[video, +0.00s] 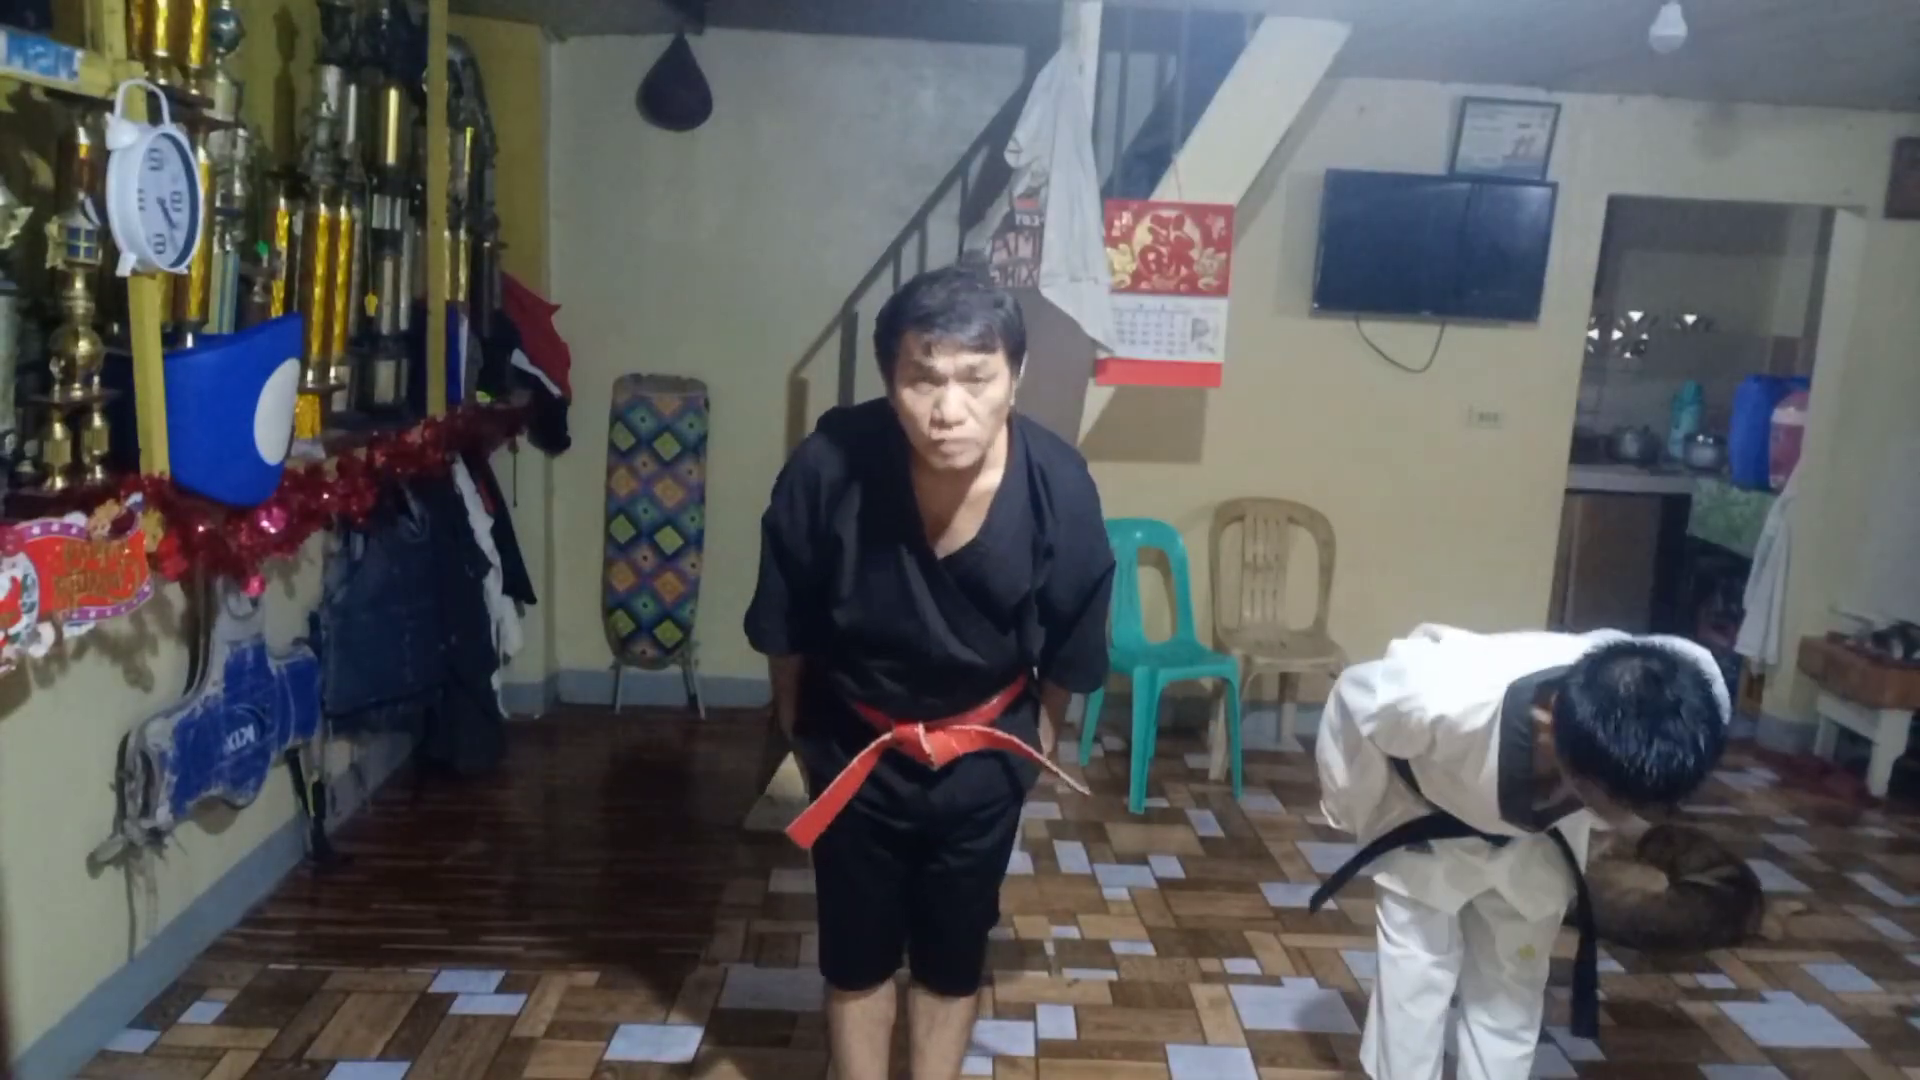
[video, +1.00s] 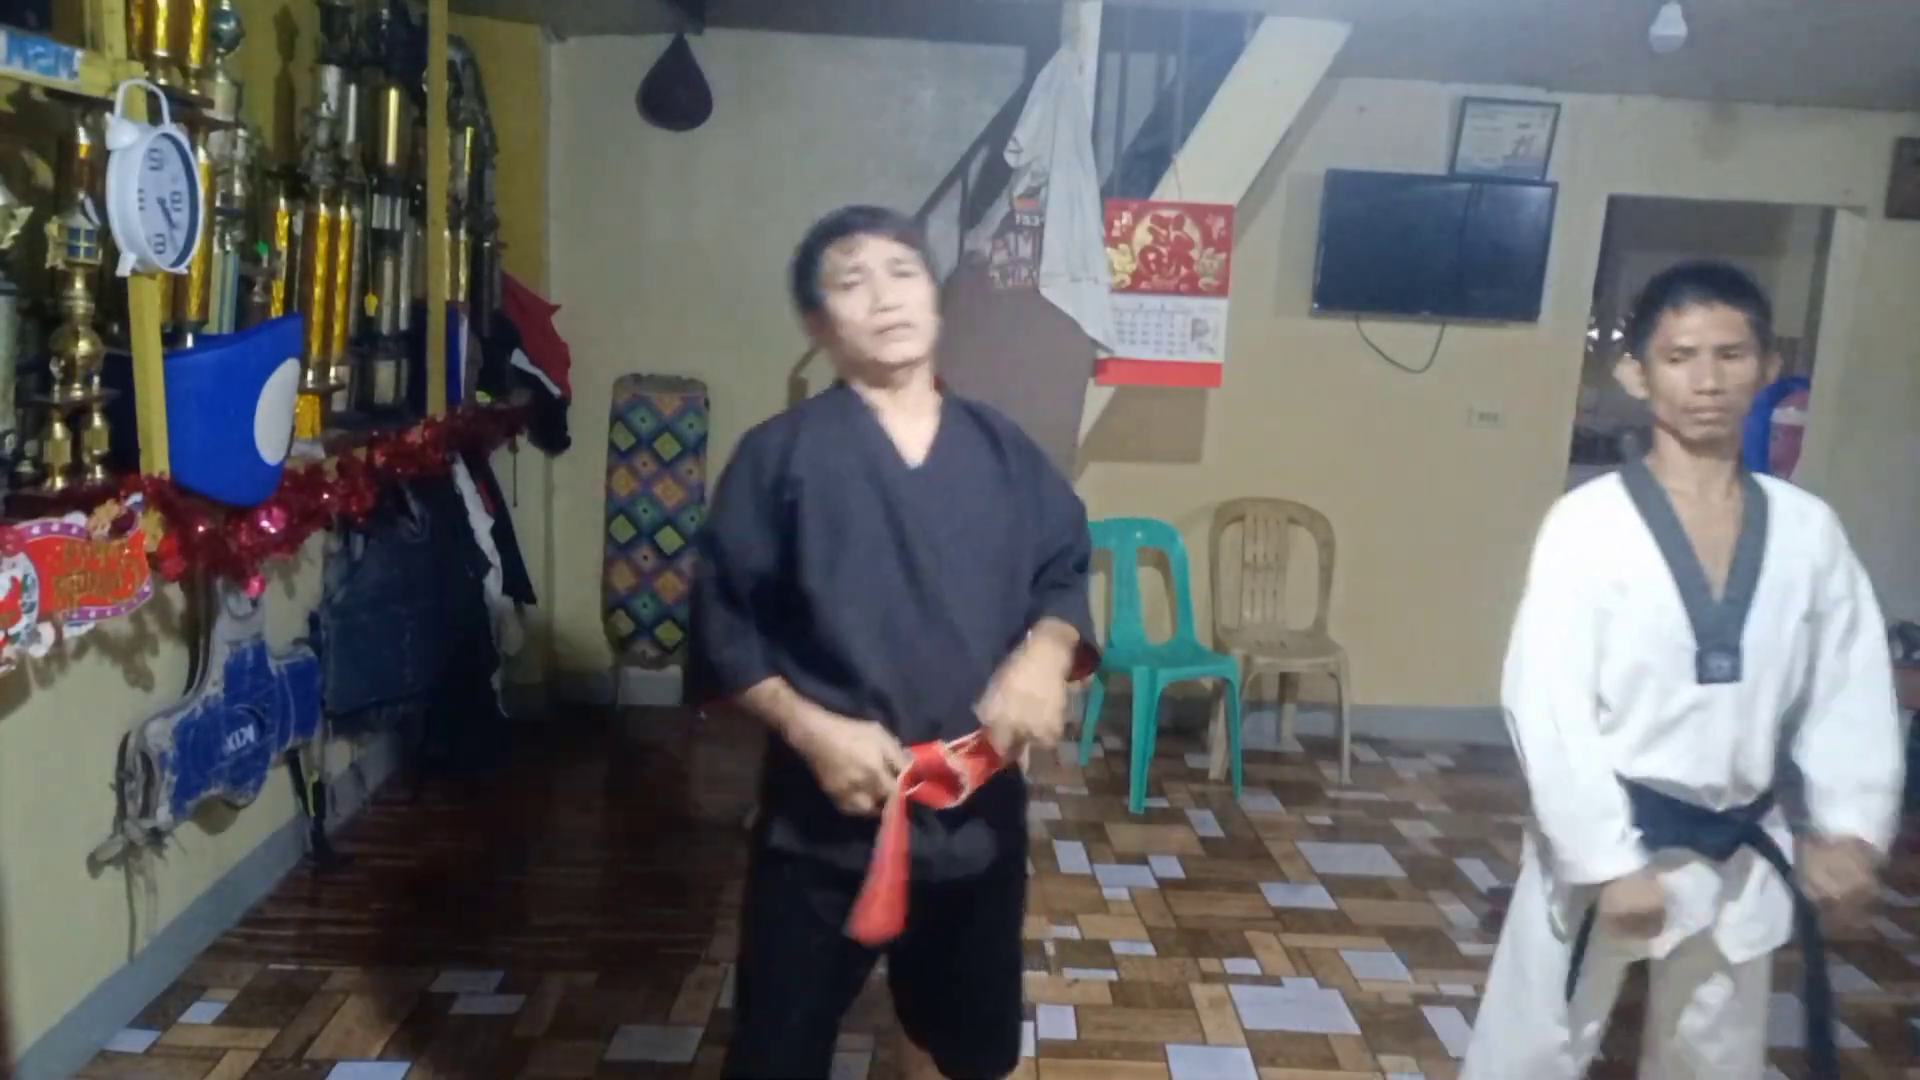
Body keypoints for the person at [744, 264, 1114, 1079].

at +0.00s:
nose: (949, 407)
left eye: (975, 379)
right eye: (925, 381)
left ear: (1014, 379)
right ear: (889, 381)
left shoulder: (1057, 482)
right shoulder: (833, 461)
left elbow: (1074, 635)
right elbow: (784, 608)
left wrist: (1048, 738)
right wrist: (791, 724)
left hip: (987, 733)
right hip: (853, 729)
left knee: (951, 966)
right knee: (858, 967)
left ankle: (933, 1077)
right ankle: (860, 1076)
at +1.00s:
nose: (887, 295)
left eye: (904, 272)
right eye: (852, 280)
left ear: (936, 298)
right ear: (816, 327)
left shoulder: (1009, 452)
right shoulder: (778, 456)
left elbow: (1067, 574)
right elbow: (719, 628)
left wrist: (1044, 658)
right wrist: (809, 727)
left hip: (975, 822)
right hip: (822, 823)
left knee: (969, 1055)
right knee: (776, 1060)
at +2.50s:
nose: (907, 313)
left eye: (934, 282)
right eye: (876, 284)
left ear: (976, 296)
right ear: (824, 303)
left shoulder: (1005, 463)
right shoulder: (752, 464)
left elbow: (1048, 622)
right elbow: (677, 699)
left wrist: (1040, 694)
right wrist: (679, 919)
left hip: (961, 915)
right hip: (790, 918)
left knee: (962, 1067)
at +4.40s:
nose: (897, 309)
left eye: (920, 276)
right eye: (862, 284)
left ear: (961, 292)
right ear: (815, 314)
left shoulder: (1008, 466)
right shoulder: (753, 464)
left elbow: (1040, 655)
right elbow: (687, 691)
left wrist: (1020, 810)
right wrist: (806, 851)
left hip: (959, 930)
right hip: (789, 934)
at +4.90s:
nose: (899, 320)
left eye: (924, 285)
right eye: (865, 293)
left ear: (964, 294)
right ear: (819, 314)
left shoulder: (1013, 466)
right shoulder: (752, 465)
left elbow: (1067, 622)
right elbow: (683, 687)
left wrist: (1045, 734)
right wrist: (786, 850)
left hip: (960, 925)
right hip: (784, 926)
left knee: (958, 1073)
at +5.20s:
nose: (888, 324)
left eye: (914, 290)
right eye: (856, 296)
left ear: (957, 300)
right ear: (813, 315)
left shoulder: (1009, 467)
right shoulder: (740, 467)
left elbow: (1063, 687)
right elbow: (671, 693)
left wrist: (1011, 615)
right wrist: (773, 856)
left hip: (949, 893)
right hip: (771, 893)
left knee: (951, 1070)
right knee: (760, 1074)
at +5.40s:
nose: (879, 320)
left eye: (906, 287)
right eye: (847, 294)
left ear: (957, 295)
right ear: (809, 314)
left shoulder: (1007, 471)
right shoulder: (734, 468)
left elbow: (1057, 694)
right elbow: (663, 690)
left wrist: (1000, 626)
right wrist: (759, 858)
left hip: (942, 903)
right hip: (758, 903)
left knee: (945, 1071)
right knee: (747, 1073)